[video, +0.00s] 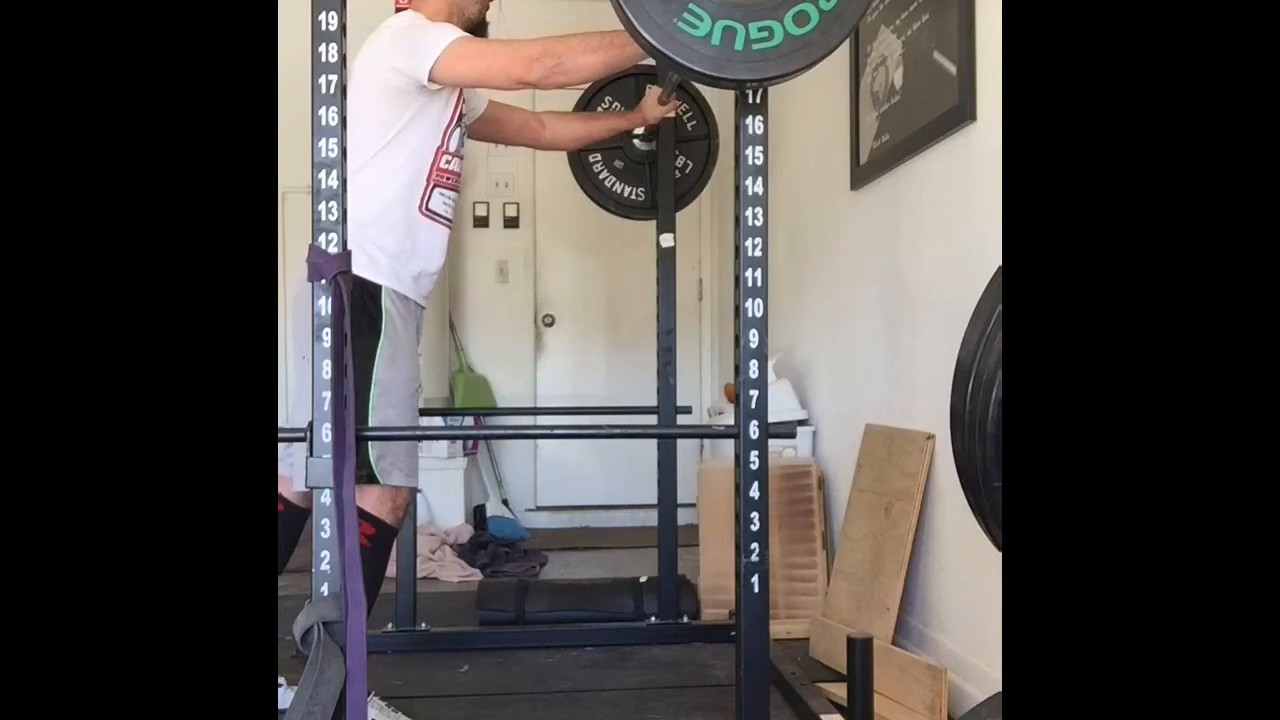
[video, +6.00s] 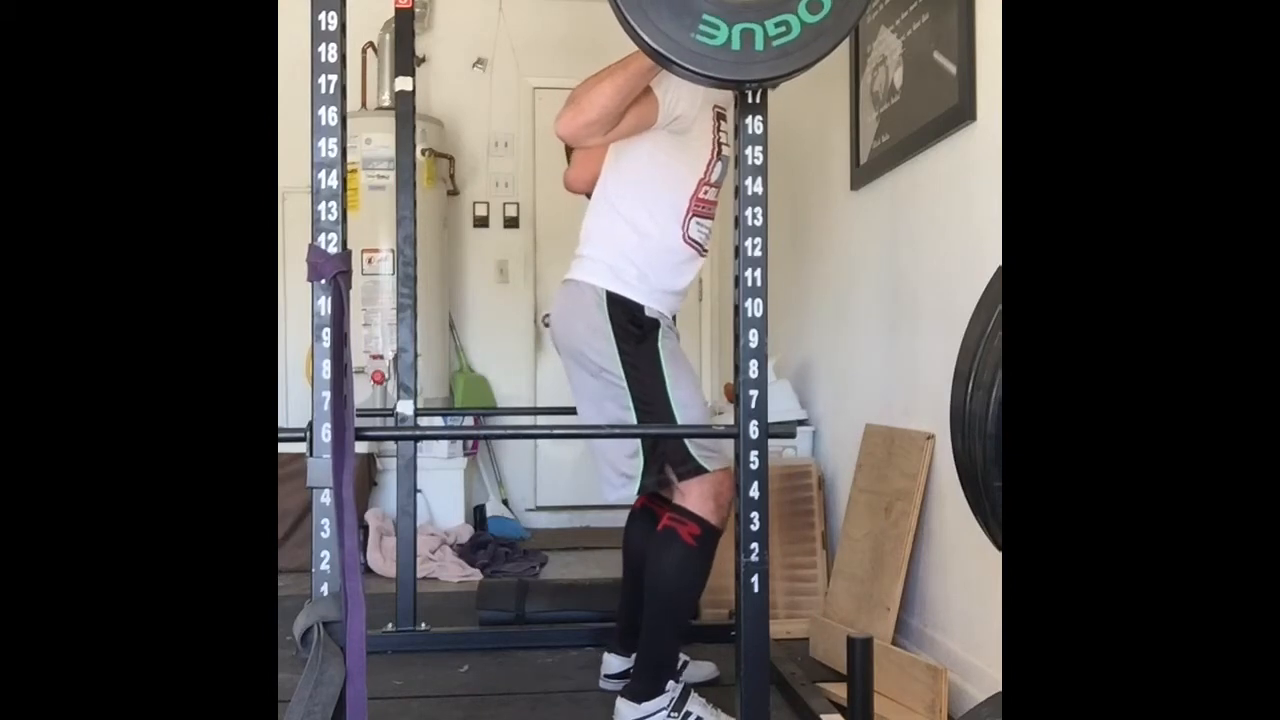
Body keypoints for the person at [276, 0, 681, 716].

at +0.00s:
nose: (483, 13)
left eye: (483, 9)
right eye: (474, 2)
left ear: (415, 8)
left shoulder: (434, 80)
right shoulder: (403, 39)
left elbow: (533, 127)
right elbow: (540, 64)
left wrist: (636, 119)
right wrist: (663, 32)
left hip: (374, 297)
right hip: (362, 292)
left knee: (298, 482)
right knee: (384, 493)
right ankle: (333, 687)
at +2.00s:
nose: (503, 6)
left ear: (436, 1)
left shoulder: (438, 74)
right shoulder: (401, 39)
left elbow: (529, 117)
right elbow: (535, 59)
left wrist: (633, 111)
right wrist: (655, 28)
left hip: (374, 298)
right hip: (353, 295)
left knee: (303, 478)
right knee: (380, 486)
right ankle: (335, 683)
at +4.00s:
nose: (757, 47)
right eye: (748, 35)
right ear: (718, 26)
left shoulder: (701, 105)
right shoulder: (675, 80)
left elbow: (582, 180)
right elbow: (582, 136)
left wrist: (684, 194)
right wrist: (661, 51)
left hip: (622, 309)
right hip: (617, 310)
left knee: (671, 484)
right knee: (712, 491)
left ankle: (628, 650)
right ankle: (654, 693)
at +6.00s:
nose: (764, 44)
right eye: (754, 31)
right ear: (724, 25)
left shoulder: (703, 100)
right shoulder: (684, 76)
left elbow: (579, 173)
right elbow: (572, 124)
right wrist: (656, 46)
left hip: (628, 306)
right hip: (614, 306)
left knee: (667, 485)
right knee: (707, 488)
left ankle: (630, 654)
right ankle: (650, 694)